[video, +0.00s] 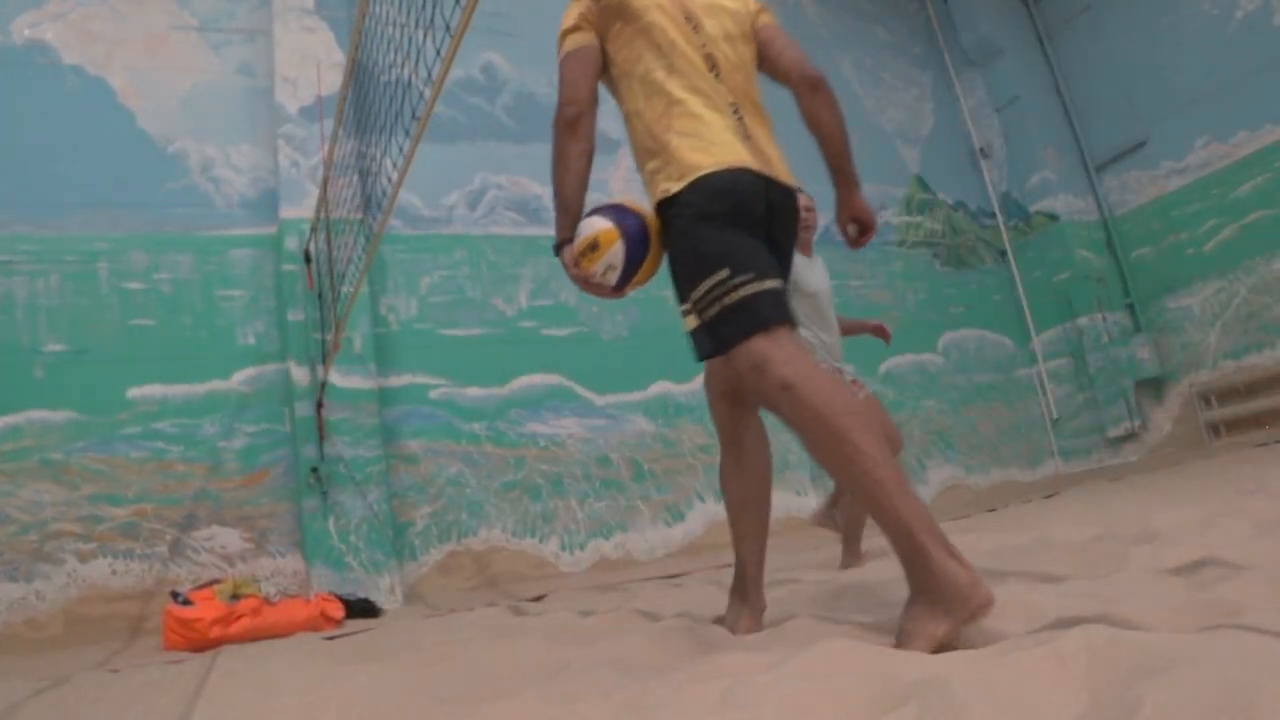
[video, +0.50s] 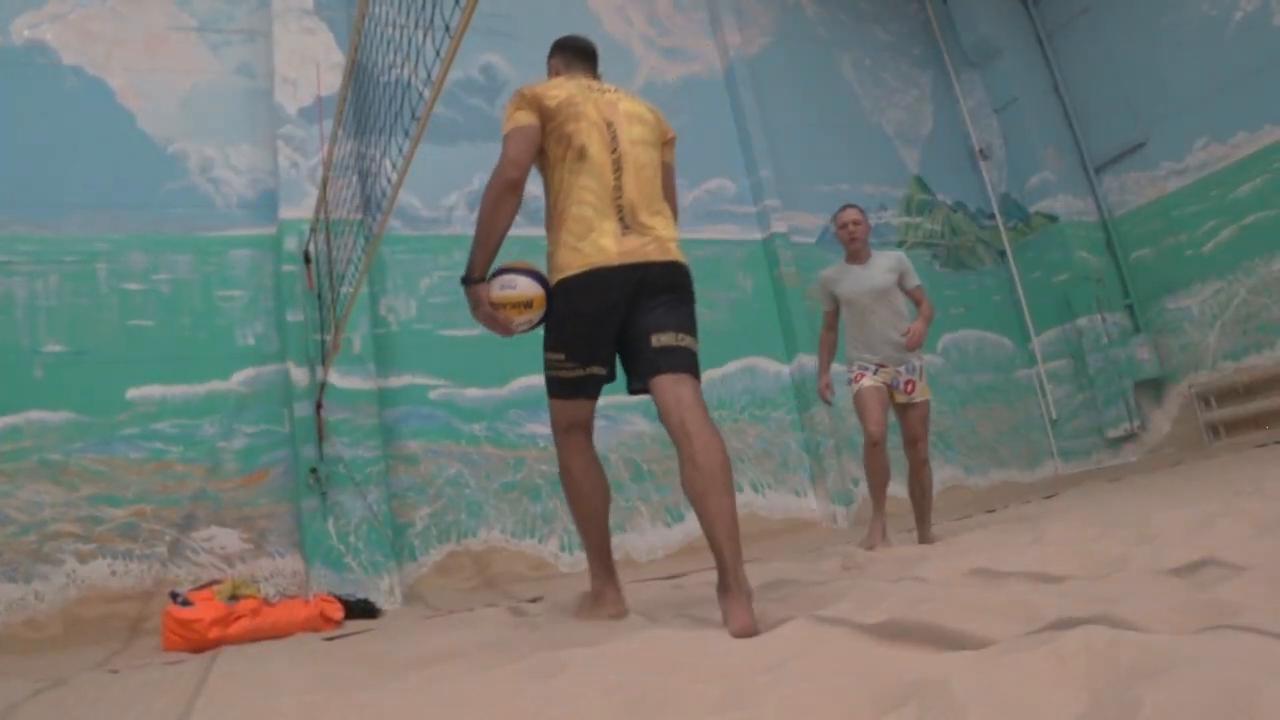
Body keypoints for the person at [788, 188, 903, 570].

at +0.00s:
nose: (806, 217)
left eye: (809, 210)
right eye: (798, 211)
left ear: (818, 217)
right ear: (785, 219)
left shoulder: (816, 262)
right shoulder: (783, 261)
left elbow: (823, 323)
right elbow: (772, 316)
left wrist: (866, 326)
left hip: (834, 366)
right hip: (812, 370)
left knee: (859, 454)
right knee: (887, 440)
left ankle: (852, 551)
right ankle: (834, 509)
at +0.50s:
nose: (850, 230)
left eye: (855, 224)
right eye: (843, 226)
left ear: (868, 227)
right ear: (836, 234)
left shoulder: (895, 261)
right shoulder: (831, 279)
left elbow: (925, 304)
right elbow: (829, 328)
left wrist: (921, 323)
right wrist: (823, 372)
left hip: (907, 365)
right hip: (865, 369)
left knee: (917, 449)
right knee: (874, 437)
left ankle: (925, 532)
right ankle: (878, 519)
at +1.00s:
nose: (871, 270)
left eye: (877, 263)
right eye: (864, 266)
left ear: (889, 266)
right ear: (858, 274)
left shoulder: (918, 296)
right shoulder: (858, 316)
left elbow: (953, 334)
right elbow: (864, 363)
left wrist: (951, 358)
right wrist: (873, 395)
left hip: (933, 385)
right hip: (897, 400)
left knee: (938, 433)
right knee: (916, 479)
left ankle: (947, 512)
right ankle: (947, 518)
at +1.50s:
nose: (884, 209)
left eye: (890, 201)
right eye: (875, 205)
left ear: (905, 204)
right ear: (868, 215)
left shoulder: (937, 238)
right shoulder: (864, 259)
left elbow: (978, 292)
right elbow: (863, 305)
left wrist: (944, 309)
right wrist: (865, 360)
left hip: (950, 351)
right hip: (904, 353)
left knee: (962, 447)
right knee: (923, 412)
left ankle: (956, 525)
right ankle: (937, 487)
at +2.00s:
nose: (891, 87)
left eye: (898, 74)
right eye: (878, 81)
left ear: (919, 76)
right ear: (868, 95)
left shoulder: (963, 125)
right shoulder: (863, 155)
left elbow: (995, 180)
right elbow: (855, 239)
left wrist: (1031, 221)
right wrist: (884, 270)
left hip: (985, 273)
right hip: (923, 299)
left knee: (1025, 353)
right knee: (951, 425)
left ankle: (1050, 517)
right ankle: (969, 525)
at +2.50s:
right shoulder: (838, 9)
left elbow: (1130, 7)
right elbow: (833, 117)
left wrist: (1088, 6)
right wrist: (832, 223)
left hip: (1061, 160)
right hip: (953, 169)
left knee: (1106, 379)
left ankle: (1084, 530)